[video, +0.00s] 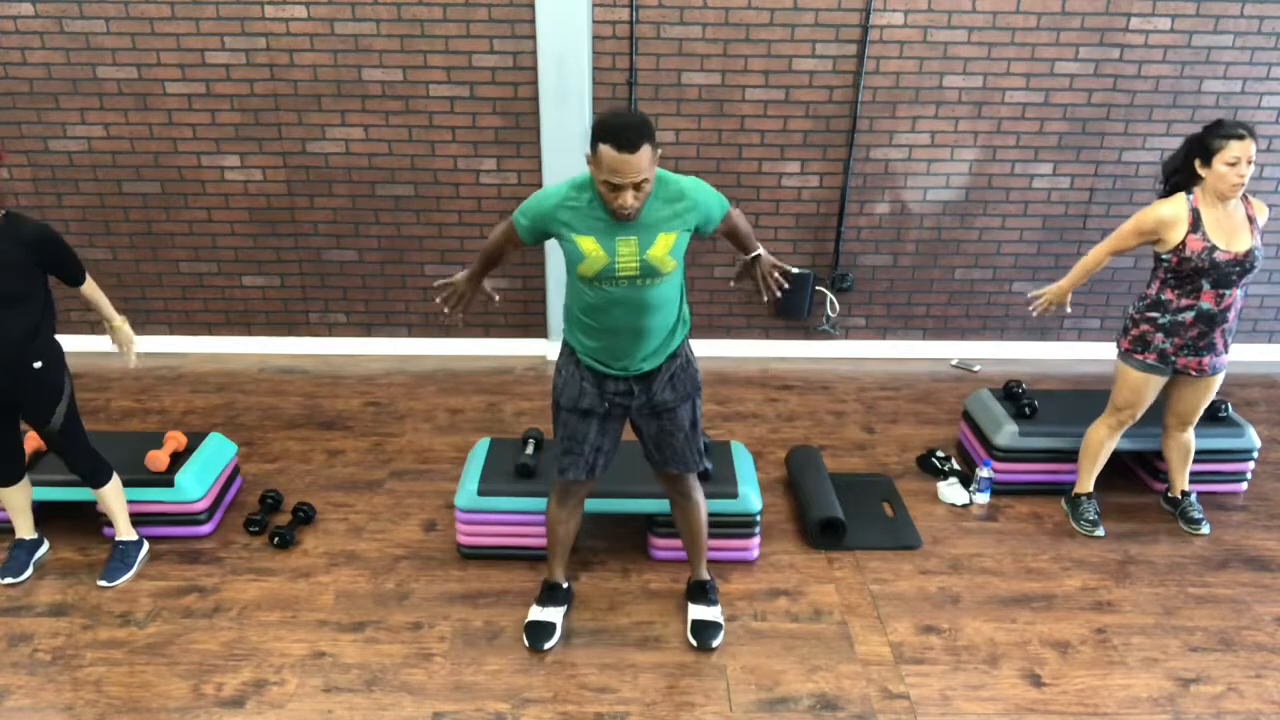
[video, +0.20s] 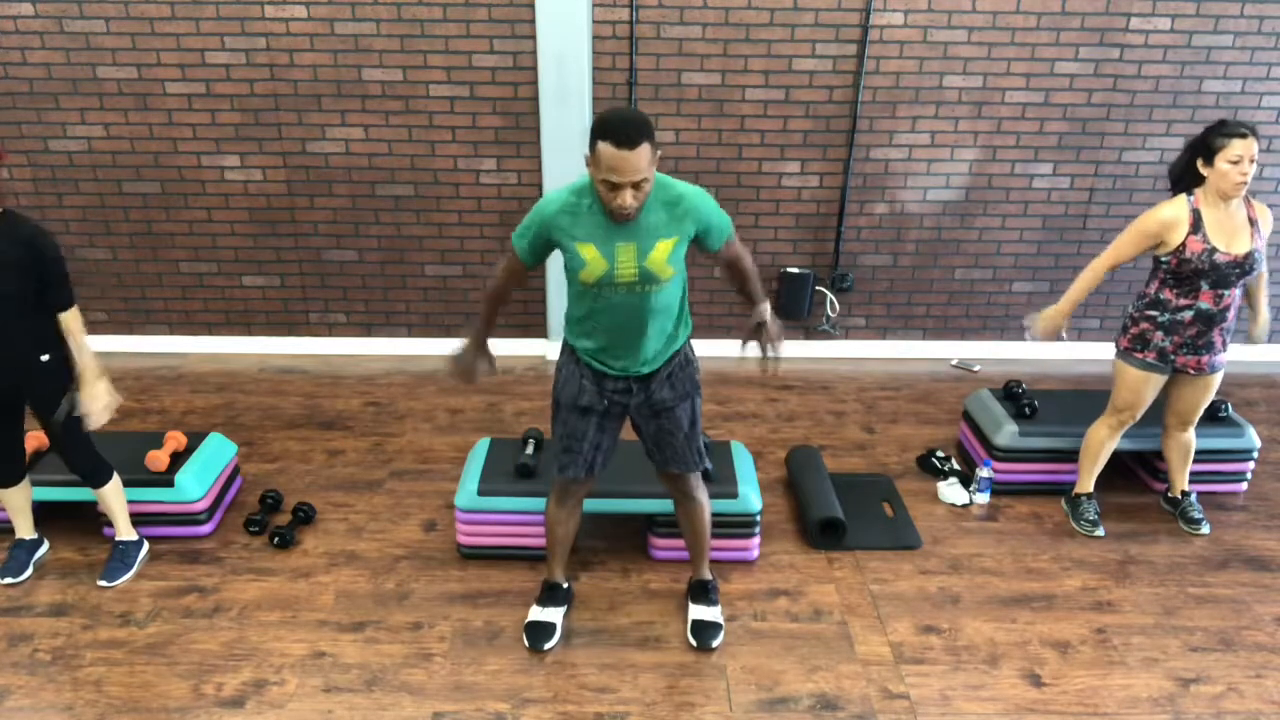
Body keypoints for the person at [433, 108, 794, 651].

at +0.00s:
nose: (626, 199)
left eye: (639, 185)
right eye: (613, 185)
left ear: (656, 163)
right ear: (591, 165)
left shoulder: (688, 198)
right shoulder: (558, 205)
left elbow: (728, 220)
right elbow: (509, 235)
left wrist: (756, 252)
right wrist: (473, 275)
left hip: (665, 369)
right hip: (587, 370)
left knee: (681, 478)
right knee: (569, 482)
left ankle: (701, 584)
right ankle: (555, 586)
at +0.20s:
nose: (625, 199)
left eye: (638, 185)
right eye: (612, 185)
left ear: (655, 165)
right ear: (590, 165)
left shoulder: (689, 205)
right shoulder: (555, 214)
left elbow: (733, 255)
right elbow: (509, 274)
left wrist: (761, 306)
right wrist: (478, 339)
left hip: (666, 369)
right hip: (587, 369)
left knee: (685, 479)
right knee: (568, 481)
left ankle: (703, 584)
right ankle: (554, 586)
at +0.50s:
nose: (622, 303)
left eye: (634, 288)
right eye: (608, 288)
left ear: (652, 271)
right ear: (589, 273)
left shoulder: (683, 306)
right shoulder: (564, 313)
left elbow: (710, 408)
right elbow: (544, 410)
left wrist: (707, 501)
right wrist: (545, 500)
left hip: (663, 395)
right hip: (590, 398)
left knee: (690, 492)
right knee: (558, 497)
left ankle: (704, 584)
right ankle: (556, 585)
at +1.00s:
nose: (622, 416)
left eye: (634, 402)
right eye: (609, 402)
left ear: (651, 388)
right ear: (592, 391)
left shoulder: (678, 415)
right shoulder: (564, 420)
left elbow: (707, 515)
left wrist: (694, 494)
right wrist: (553, 500)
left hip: (659, 474)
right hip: (587, 474)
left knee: (703, 531)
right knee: (542, 543)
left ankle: (702, 591)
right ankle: (553, 593)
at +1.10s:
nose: (624, 378)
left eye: (636, 363)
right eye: (611, 364)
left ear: (653, 353)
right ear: (592, 353)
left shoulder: (681, 387)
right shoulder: (563, 390)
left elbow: (707, 475)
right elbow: (535, 477)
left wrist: (705, 503)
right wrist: (545, 506)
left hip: (659, 451)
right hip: (586, 451)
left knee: (701, 526)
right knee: (546, 531)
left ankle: (702, 592)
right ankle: (553, 594)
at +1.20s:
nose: (627, 320)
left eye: (639, 304)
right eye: (614, 305)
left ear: (655, 299)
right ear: (595, 299)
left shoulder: (680, 336)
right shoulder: (568, 337)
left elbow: (716, 430)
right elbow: (530, 429)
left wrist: (733, 514)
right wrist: (523, 515)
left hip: (660, 416)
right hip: (586, 415)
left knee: (690, 507)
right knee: (557, 509)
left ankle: (701, 588)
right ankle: (553, 590)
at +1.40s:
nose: (626, 198)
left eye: (638, 184)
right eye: (613, 184)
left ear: (655, 185)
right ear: (592, 183)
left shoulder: (683, 241)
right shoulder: (560, 245)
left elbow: (739, 332)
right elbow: (513, 344)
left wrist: (771, 414)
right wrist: (482, 433)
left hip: (660, 364)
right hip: (584, 365)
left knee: (680, 482)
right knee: (563, 485)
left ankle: (707, 585)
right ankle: (554, 588)